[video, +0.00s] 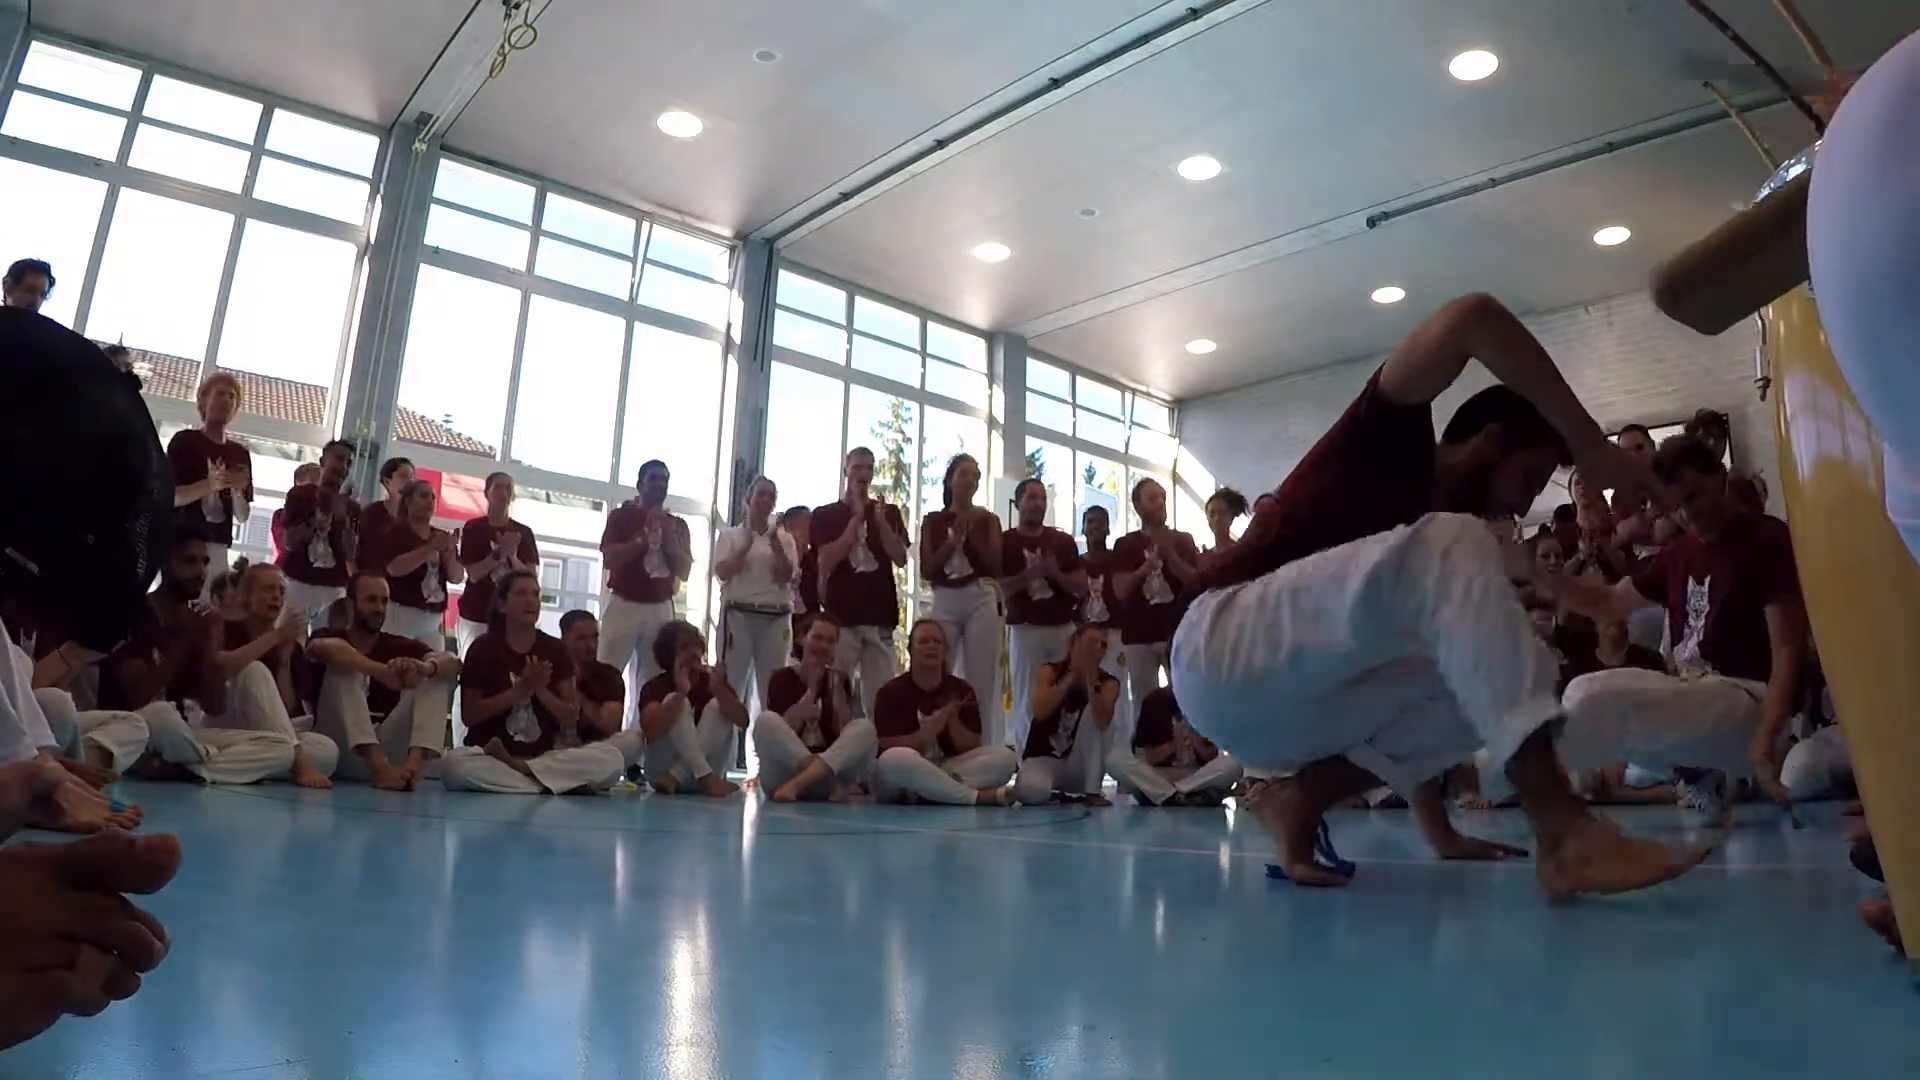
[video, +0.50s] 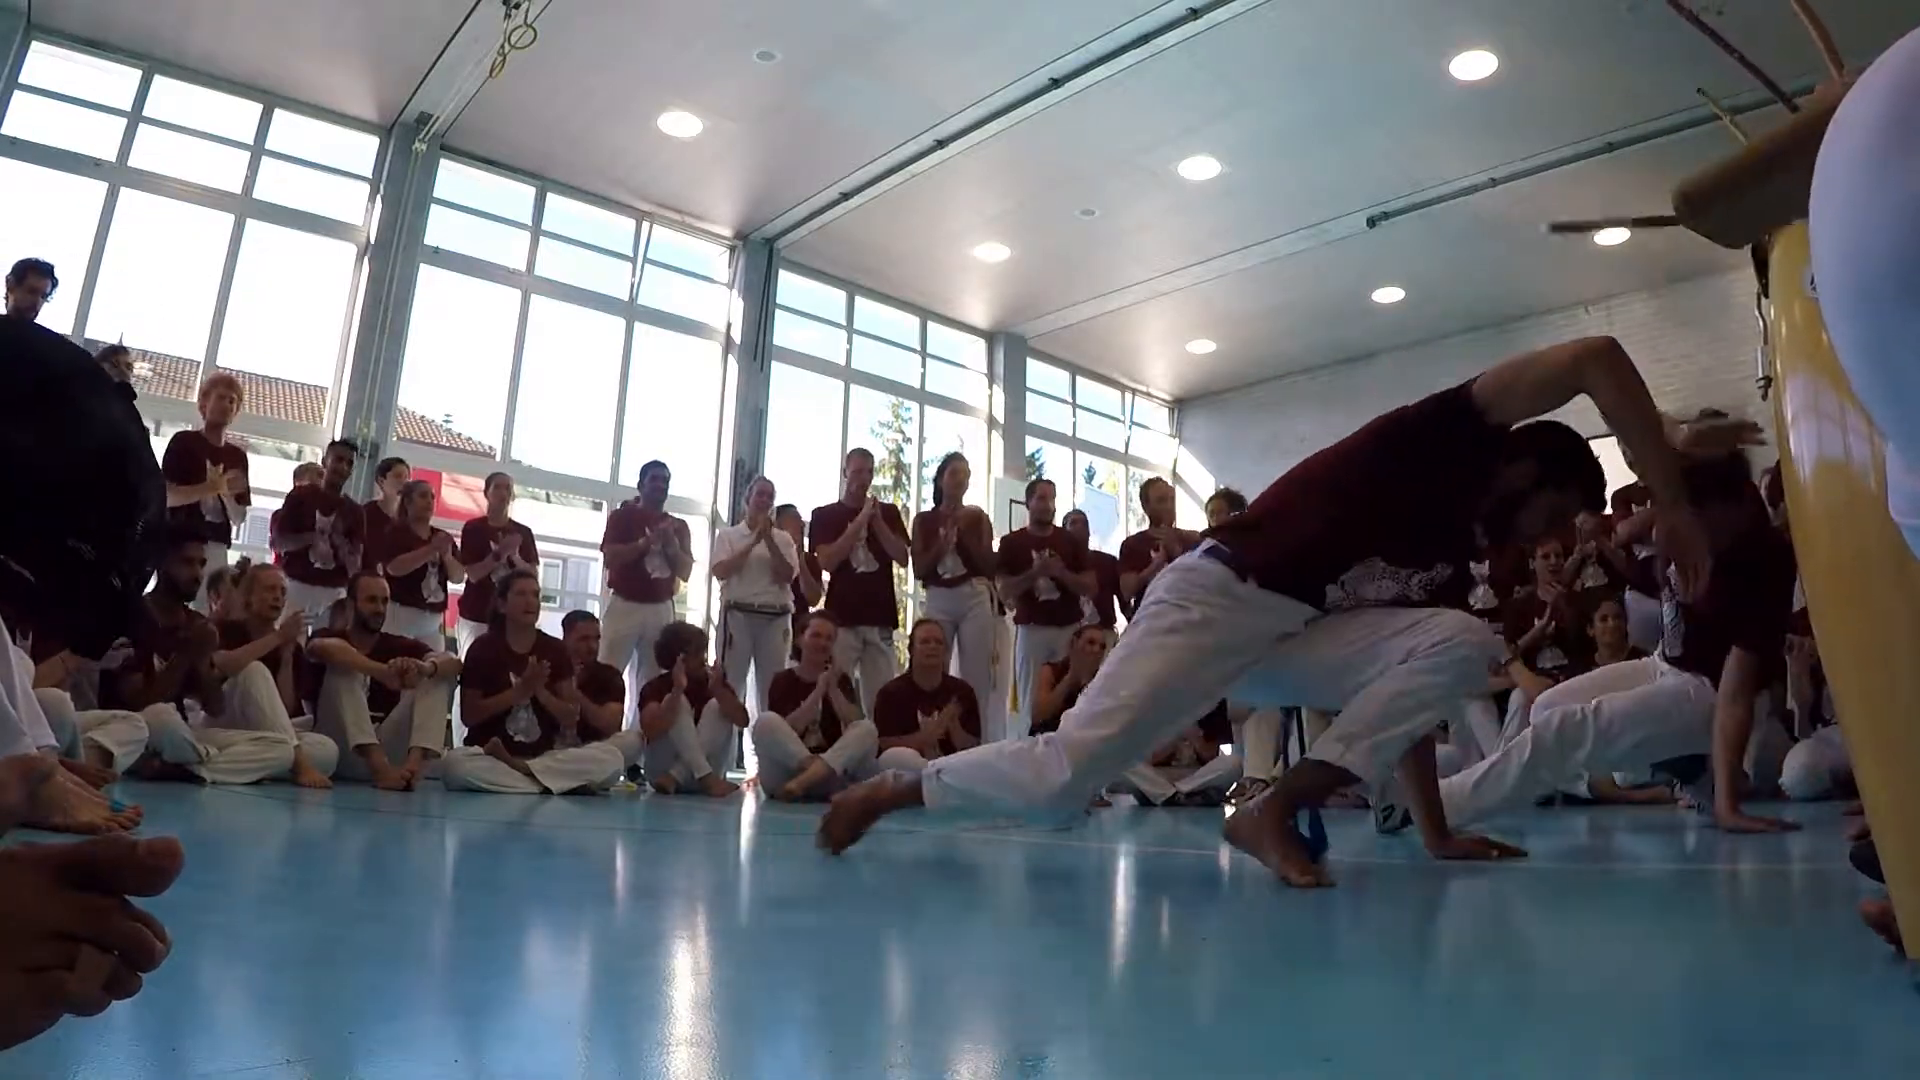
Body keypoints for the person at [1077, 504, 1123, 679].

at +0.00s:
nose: (1095, 526)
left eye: (1100, 522)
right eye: (1090, 522)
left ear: (1108, 529)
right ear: (1083, 529)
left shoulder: (1120, 562)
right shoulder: (1075, 564)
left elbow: (1124, 597)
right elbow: (1068, 600)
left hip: (1113, 628)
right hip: (1083, 628)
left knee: (1114, 687)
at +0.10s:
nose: (1090, 526)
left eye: (1095, 522)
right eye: (1085, 522)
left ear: (1102, 530)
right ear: (1078, 529)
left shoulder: (1115, 561)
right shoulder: (1071, 562)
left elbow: (1123, 594)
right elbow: (1065, 598)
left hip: (1109, 629)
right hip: (1077, 630)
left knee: (1112, 690)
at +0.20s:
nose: (1088, 526)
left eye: (1092, 522)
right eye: (1083, 522)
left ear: (1098, 530)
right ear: (1074, 528)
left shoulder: (1111, 559)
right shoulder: (1065, 559)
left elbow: (1118, 591)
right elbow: (1059, 596)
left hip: (1106, 630)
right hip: (1072, 630)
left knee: (1109, 688)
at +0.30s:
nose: (1083, 526)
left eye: (1088, 523)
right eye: (1078, 522)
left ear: (1093, 530)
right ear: (1070, 529)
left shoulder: (1110, 561)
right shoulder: (1060, 561)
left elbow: (1129, 594)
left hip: (1105, 631)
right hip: (1069, 632)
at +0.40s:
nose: (1081, 527)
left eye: (1086, 523)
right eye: (1075, 522)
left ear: (1090, 529)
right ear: (1066, 529)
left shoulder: (1108, 561)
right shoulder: (1058, 562)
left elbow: (1126, 595)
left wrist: (1136, 625)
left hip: (1104, 631)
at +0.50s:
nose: (1079, 528)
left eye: (1083, 524)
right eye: (1073, 523)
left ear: (1088, 531)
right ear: (1065, 531)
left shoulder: (1108, 562)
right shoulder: (1058, 565)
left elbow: (1124, 601)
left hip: (1105, 632)